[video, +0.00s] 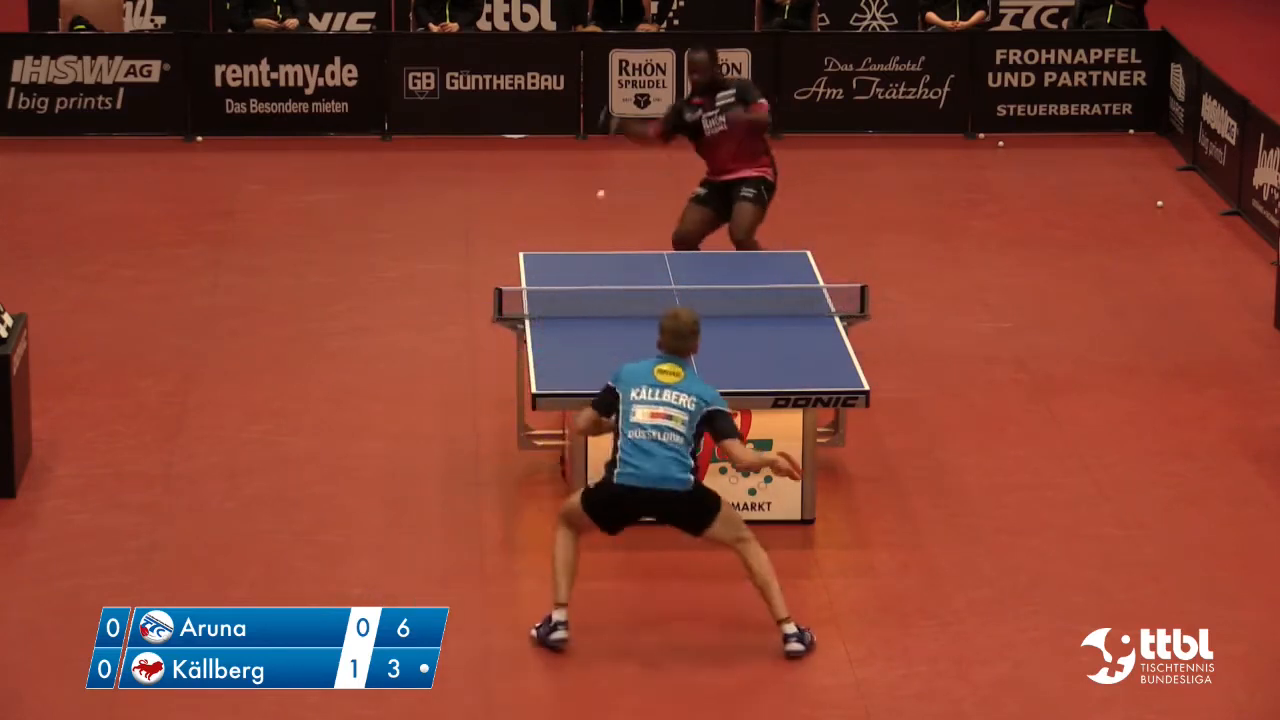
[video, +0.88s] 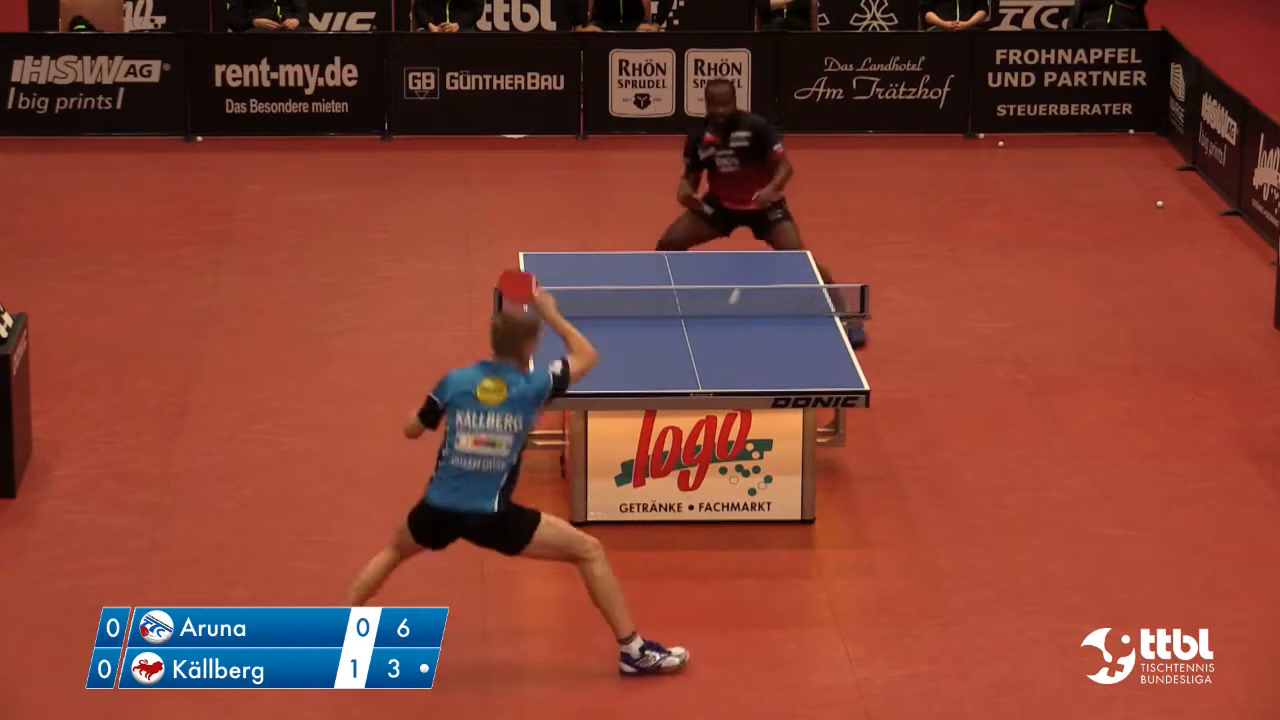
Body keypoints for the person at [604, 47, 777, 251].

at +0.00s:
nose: (695, 78)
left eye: (700, 72)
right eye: (691, 72)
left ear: (715, 67)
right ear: (688, 71)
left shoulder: (740, 88)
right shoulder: (685, 108)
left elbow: (764, 117)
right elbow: (655, 132)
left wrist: (743, 117)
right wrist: (620, 124)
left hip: (754, 175)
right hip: (718, 180)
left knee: (740, 234)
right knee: (683, 239)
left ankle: (771, 283)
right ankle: (697, 295)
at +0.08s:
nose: (703, 66)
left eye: (709, 60)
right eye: (699, 60)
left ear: (722, 58)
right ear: (694, 59)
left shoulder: (743, 83)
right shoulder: (686, 90)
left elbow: (769, 113)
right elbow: (649, 101)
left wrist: (761, 93)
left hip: (747, 169)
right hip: (710, 173)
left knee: (737, 231)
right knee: (683, 237)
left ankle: (762, 280)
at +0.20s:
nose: (702, 59)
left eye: (708, 54)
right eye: (698, 53)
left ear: (720, 53)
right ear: (692, 52)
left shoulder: (743, 75)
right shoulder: (683, 80)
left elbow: (782, 88)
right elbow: (647, 76)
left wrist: (807, 82)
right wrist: (651, 42)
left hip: (745, 165)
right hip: (706, 167)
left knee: (741, 226)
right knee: (672, 224)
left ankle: (762, 279)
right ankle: (696, 278)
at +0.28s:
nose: (704, 67)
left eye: (710, 61)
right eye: (700, 61)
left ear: (722, 60)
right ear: (693, 59)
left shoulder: (743, 85)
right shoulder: (683, 85)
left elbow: (789, 103)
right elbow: (646, 90)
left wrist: (834, 103)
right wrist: (654, 52)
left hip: (743, 171)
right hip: (701, 172)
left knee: (755, 230)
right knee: (665, 230)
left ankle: (787, 281)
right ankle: (680, 287)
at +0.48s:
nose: (725, 94)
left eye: (730, 88)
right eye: (719, 88)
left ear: (740, 87)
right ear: (710, 88)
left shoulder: (760, 114)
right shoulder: (696, 116)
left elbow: (783, 153)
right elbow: (658, 142)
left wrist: (813, 195)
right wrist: (660, 123)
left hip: (755, 196)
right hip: (710, 195)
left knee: (781, 255)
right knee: (666, 246)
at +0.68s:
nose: (730, 83)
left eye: (736, 77)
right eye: (724, 77)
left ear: (746, 76)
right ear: (716, 77)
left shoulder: (769, 103)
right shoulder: (706, 109)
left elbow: (793, 139)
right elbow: (690, 146)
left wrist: (796, 183)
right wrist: (677, 148)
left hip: (764, 190)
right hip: (721, 187)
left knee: (791, 252)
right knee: (673, 236)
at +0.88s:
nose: (719, 111)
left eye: (725, 104)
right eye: (713, 105)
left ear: (735, 103)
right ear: (706, 105)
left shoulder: (756, 127)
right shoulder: (699, 135)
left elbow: (785, 168)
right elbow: (690, 178)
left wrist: (770, 190)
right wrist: (685, 193)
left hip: (764, 208)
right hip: (720, 207)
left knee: (799, 260)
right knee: (667, 244)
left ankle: (846, 319)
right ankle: (662, 313)